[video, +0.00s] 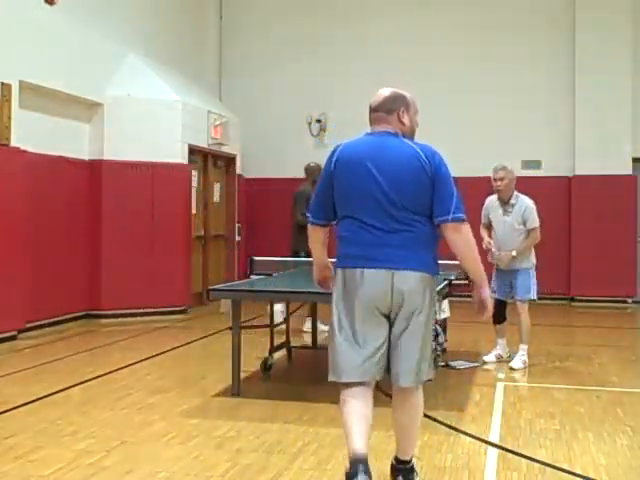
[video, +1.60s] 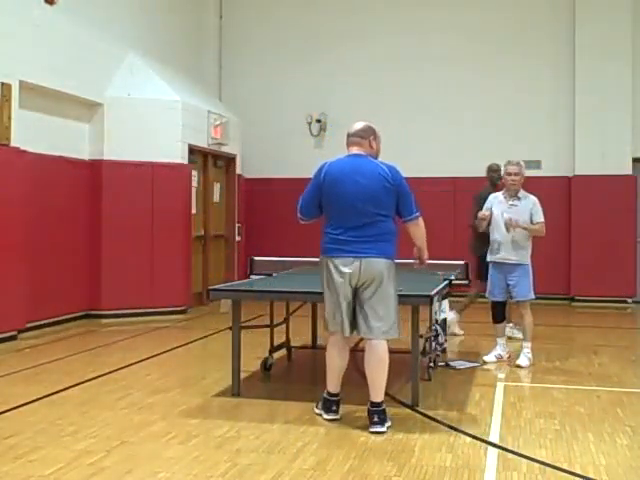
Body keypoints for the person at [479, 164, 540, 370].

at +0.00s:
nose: (497, 184)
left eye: (501, 180)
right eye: (495, 180)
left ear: (512, 180)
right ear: (492, 183)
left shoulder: (526, 205)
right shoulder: (490, 203)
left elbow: (535, 235)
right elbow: (484, 225)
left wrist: (513, 253)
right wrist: (486, 238)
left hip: (522, 264)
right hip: (500, 263)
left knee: (521, 306)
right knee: (498, 306)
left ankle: (523, 351)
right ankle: (501, 348)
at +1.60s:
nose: (512, 179)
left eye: (516, 175)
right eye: (508, 174)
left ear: (523, 178)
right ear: (503, 177)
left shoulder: (531, 201)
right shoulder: (493, 199)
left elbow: (541, 230)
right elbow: (482, 227)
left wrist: (519, 226)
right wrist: (483, 219)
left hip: (520, 260)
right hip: (497, 259)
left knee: (523, 305)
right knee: (497, 304)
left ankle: (527, 349)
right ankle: (501, 347)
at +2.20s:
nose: (506, 176)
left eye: (510, 172)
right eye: (503, 172)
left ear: (521, 175)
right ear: (500, 176)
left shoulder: (529, 198)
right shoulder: (495, 200)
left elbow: (529, 216)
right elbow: (489, 225)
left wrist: (511, 195)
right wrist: (476, 227)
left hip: (519, 259)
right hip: (497, 258)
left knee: (523, 304)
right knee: (497, 304)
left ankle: (526, 349)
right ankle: (501, 346)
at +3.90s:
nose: (501, 187)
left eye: (505, 183)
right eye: (499, 183)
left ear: (517, 180)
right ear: (497, 183)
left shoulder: (531, 201)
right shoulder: (495, 198)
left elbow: (537, 229)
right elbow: (483, 223)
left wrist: (513, 227)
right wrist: (483, 219)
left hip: (520, 261)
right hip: (497, 260)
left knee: (523, 305)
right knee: (497, 304)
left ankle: (527, 350)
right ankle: (501, 347)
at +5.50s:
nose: (480, 200)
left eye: (483, 195)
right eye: (478, 196)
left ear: (494, 190)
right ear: (477, 193)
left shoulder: (511, 205)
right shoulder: (476, 206)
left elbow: (520, 236)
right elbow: (471, 231)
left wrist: (504, 257)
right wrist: (475, 249)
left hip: (508, 263)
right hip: (487, 263)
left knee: (506, 305)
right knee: (490, 306)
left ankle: (508, 350)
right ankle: (499, 346)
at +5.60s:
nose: (476, 209)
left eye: (479, 206)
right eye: (474, 206)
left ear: (490, 200)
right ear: (473, 203)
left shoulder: (509, 212)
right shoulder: (474, 213)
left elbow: (518, 244)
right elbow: (472, 240)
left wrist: (504, 269)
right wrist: (473, 261)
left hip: (510, 263)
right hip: (489, 264)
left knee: (506, 305)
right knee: (489, 306)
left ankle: (506, 352)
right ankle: (499, 346)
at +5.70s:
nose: (471, 223)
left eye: (474, 220)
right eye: (470, 220)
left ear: (485, 214)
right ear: (469, 216)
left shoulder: (507, 222)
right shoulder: (471, 227)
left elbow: (519, 251)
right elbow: (470, 254)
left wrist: (507, 280)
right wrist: (469, 282)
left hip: (514, 267)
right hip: (492, 268)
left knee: (504, 306)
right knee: (488, 309)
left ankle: (506, 352)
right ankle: (500, 346)